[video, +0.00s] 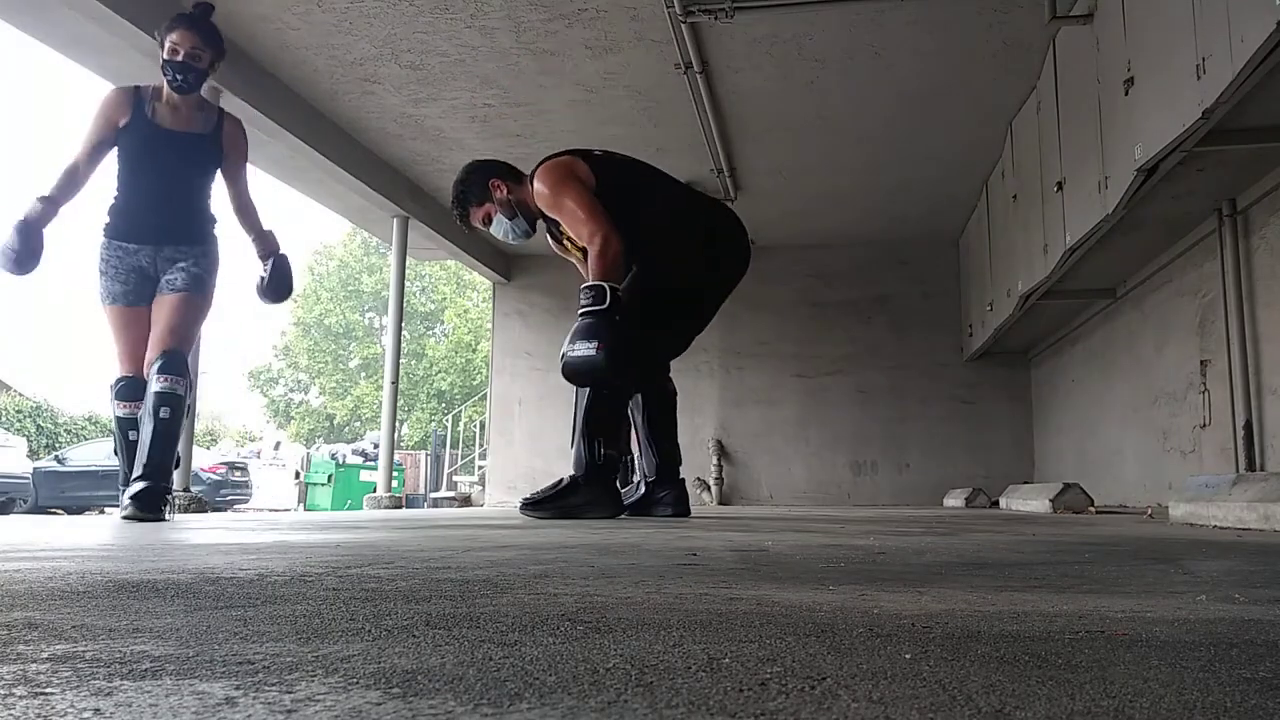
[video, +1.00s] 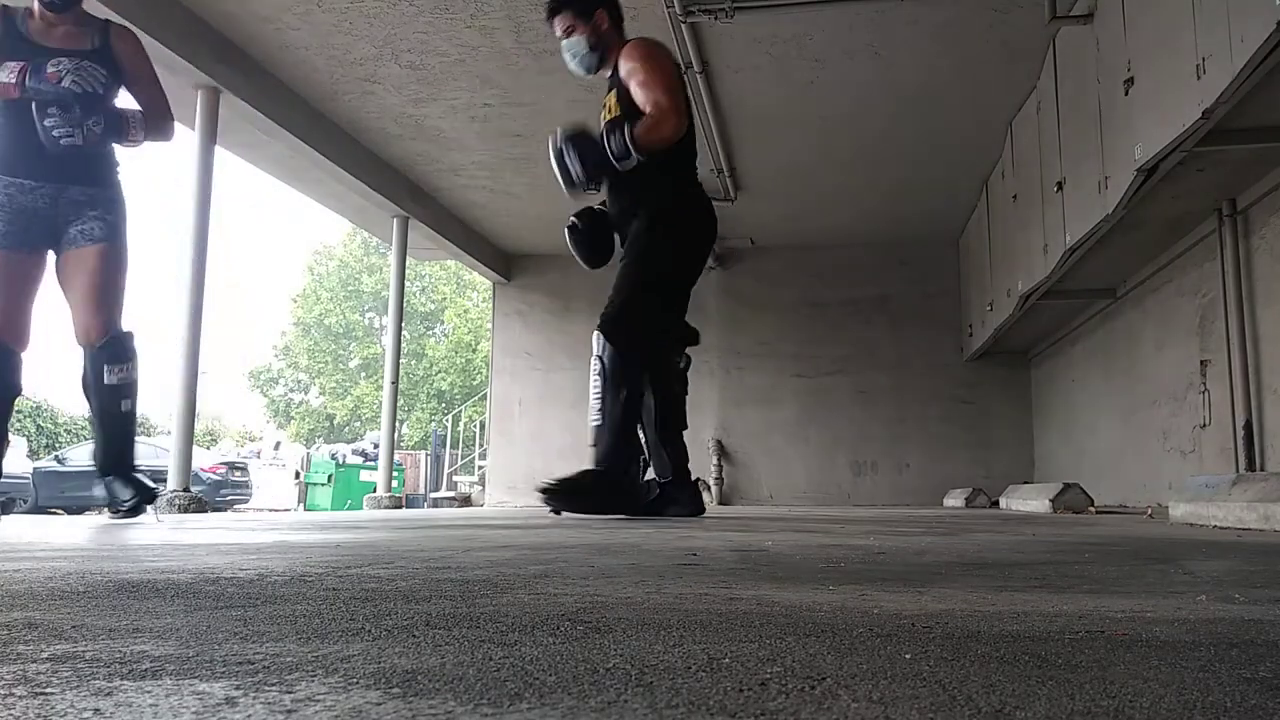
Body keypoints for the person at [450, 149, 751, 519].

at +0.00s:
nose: (496, 231)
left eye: (489, 219)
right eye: (487, 228)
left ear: (500, 189)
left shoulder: (549, 180)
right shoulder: (560, 237)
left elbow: (605, 242)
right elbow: (603, 281)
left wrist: (592, 312)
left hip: (698, 239)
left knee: (607, 346)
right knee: (646, 357)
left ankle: (592, 482)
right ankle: (660, 487)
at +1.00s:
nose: (567, 47)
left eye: (571, 32)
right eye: (560, 39)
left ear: (604, 18)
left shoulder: (637, 54)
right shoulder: (617, 90)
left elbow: (670, 120)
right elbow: (642, 178)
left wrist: (606, 150)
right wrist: (608, 223)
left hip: (672, 220)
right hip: (658, 226)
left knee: (619, 330)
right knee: (656, 341)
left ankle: (613, 473)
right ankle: (672, 482)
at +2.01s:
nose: (590, 21)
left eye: (591, 10)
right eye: (587, 15)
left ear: (616, 3)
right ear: (613, 10)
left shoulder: (655, 31)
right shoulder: (636, 52)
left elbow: (681, 106)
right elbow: (648, 155)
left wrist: (610, 107)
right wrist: (613, 216)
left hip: (659, 211)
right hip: (646, 213)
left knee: (649, 342)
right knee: (656, 344)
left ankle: (655, 480)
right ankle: (671, 479)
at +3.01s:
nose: (543, 27)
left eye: (551, 14)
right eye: (539, 19)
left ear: (585, 8)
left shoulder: (618, 47)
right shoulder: (581, 73)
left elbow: (590, 112)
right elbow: (541, 140)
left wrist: (535, 57)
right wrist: (515, 75)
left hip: (605, 218)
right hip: (596, 223)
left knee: (537, 309)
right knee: (600, 354)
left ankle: (527, 455)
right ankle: (638, 482)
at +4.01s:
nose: (529, 25)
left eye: (543, 20)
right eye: (528, 21)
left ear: (580, 14)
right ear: (540, 18)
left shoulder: (619, 62)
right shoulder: (518, 42)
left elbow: (597, 105)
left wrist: (539, 39)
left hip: (501, 215)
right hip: (433, 167)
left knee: (494, 344)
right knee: (302, 146)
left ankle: (478, 489)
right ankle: (150, 214)